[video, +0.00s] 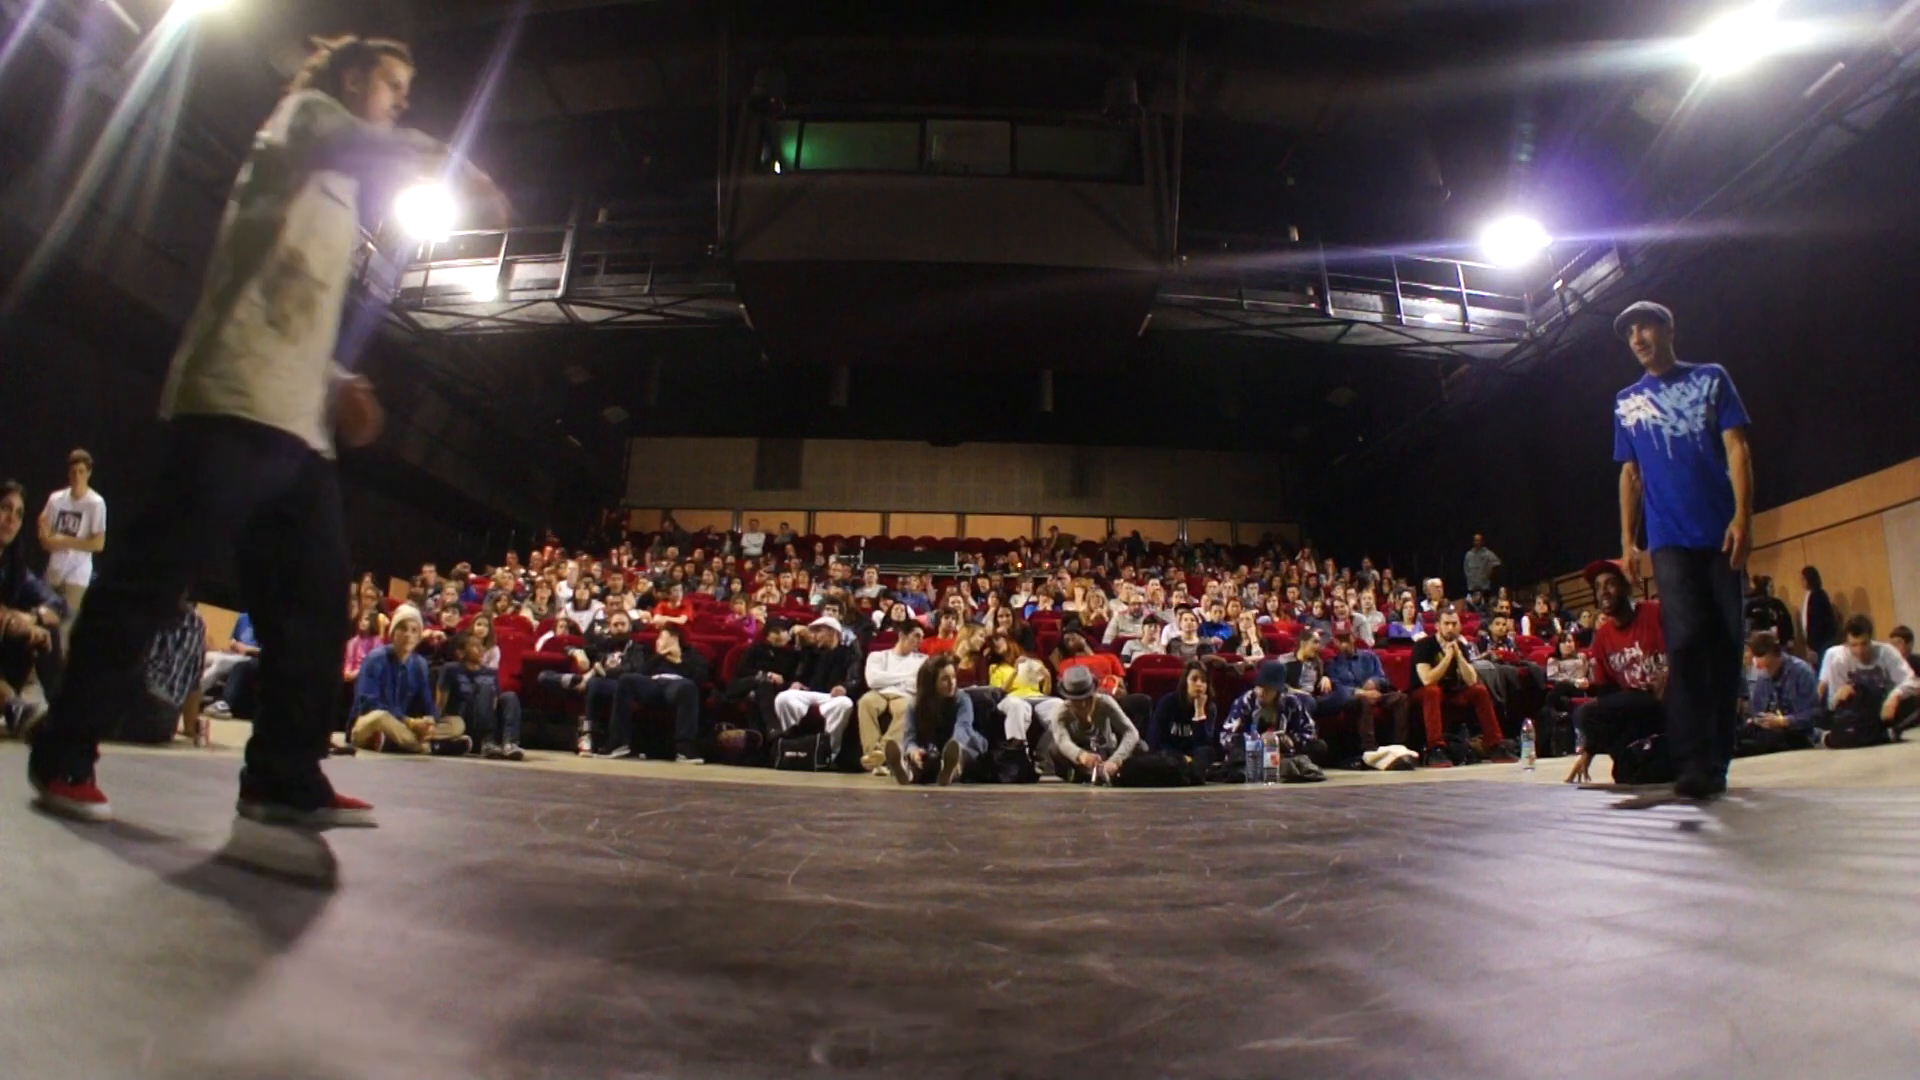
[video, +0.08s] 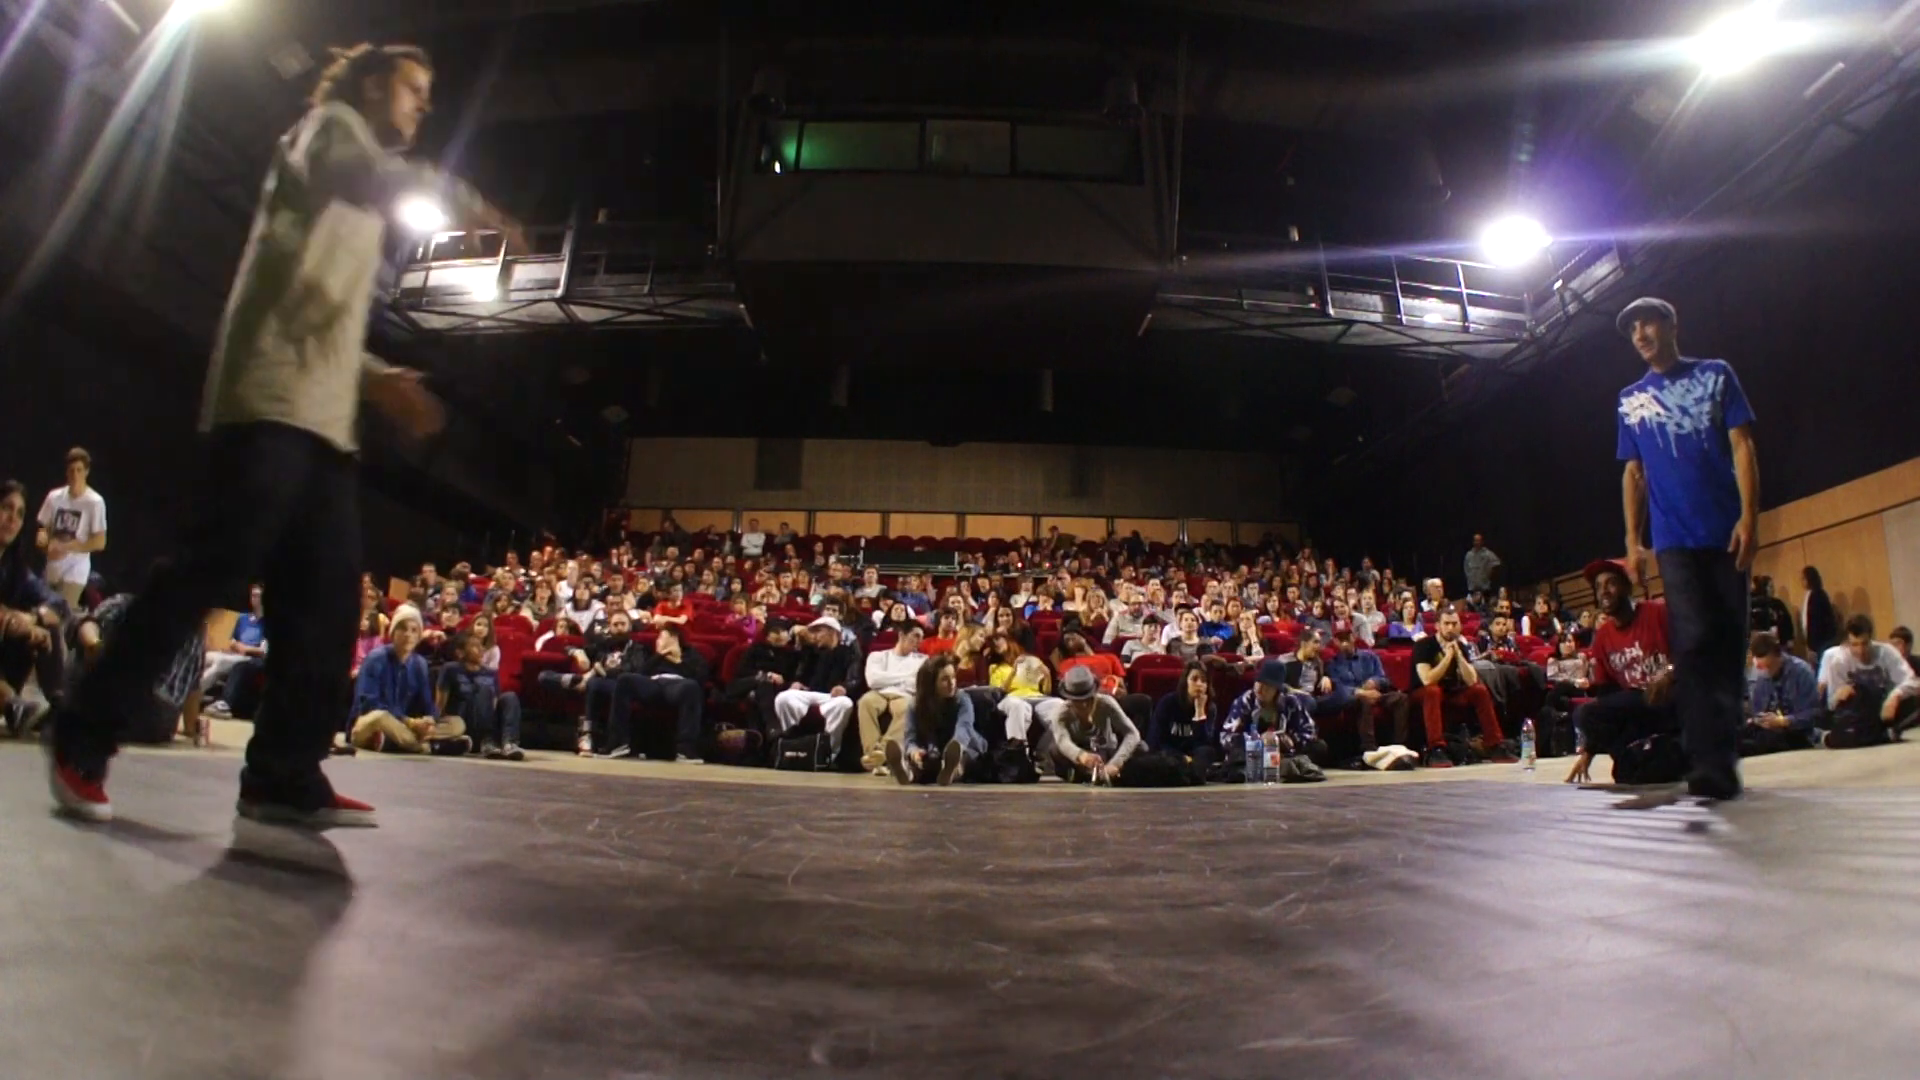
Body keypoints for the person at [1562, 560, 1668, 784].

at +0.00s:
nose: (1603, 592)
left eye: (1610, 584)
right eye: (1598, 587)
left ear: (1626, 588)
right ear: (1595, 595)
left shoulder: (1655, 613)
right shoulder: (1602, 636)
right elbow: (1604, 692)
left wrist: (1669, 676)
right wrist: (1586, 752)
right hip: (1633, 703)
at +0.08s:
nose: (1604, 591)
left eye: (1611, 583)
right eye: (1599, 587)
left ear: (1627, 588)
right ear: (1596, 595)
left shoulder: (1659, 613)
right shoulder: (1602, 637)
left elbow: (1689, 651)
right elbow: (1605, 694)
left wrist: (1671, 674)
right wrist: (1586, 754)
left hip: (1673, 696)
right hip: (1635, 702)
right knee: (1587, 714)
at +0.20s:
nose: (1607, 588)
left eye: (1615, 580)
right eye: (1602, 583)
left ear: (1631, 585)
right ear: (1598, 590)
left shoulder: (1663, 611)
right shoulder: (1604, 634)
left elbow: (1686, 660)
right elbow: (1603, 691)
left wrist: (1660, 682)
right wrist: (1586, 754)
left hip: (1670, 693)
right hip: (1631, 698)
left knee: (1691, 684)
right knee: (1588, 712)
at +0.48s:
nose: (1626, 578)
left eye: (1634, 571)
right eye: (1620, 573)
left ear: (1650, 576)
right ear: (1617, 580)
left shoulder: (1676, 605)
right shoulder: (1616, 629)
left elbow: (1690, 658)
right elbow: (1607, 681)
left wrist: (1649, 685)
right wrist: (1571, 731)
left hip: (1668, 694)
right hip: (1634, 698)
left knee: (1681, 689)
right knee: (1582, 714)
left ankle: (1686, 759)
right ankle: (1630, 759)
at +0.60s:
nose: (1630, 576)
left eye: (1638, 568)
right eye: (1625, 570)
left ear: (1654, 573)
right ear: (1621, 578)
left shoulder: (1680, 603)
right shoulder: (1620, 622)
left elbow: (1692, 658)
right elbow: (1607, 675)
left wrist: (1644, 683)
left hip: (1669, 693)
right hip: (1633, 695)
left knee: (1677, 690)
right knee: (1583, 711)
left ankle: (1685, 759)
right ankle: (1629, 761)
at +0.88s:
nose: (1632, 576)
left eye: (1639, 568)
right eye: (1627, 570)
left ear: (1657, 572)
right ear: (1624, 576)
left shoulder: (1679, 604)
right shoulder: (1624, 616)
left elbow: (1688, 664)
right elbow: (1617, 666)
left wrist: (1636, 685)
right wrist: (1597, 686)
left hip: (1673, 691)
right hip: (1638, 693)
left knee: (1675, 690)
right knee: (1583, 711)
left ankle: (1689, 759)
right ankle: (1632, 761)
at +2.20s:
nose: (1622, 582)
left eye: (1630, 574)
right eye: (1618, 576)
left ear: (1647, 580)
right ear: (1614, 583)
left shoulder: (1671, 607)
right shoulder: (1617, 624)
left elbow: (1681, 659)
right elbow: (1612, 671)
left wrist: (1639, 702)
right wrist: (1612, 703)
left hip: (1667, 694)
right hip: (1633, 699)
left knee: (1678, 689)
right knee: (1582, 713)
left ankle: (1686, 764)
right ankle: (1633, 763)